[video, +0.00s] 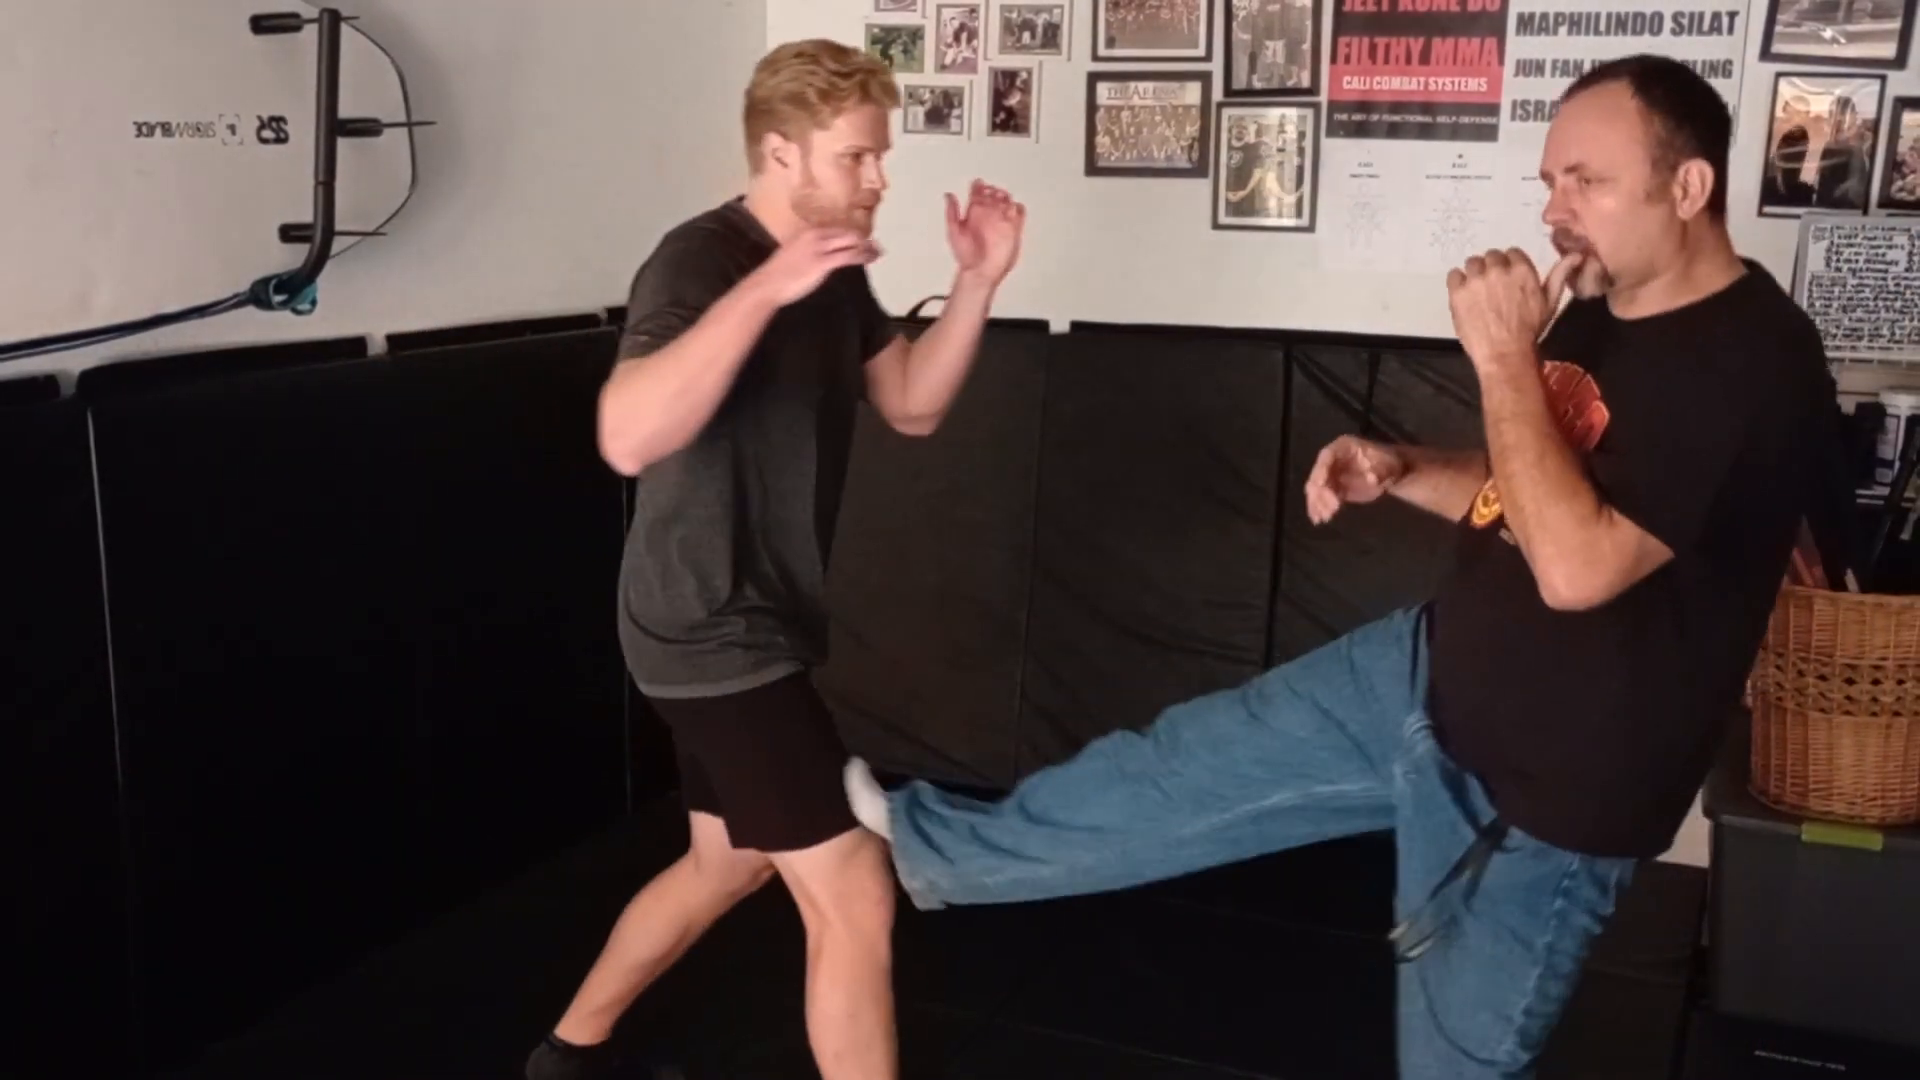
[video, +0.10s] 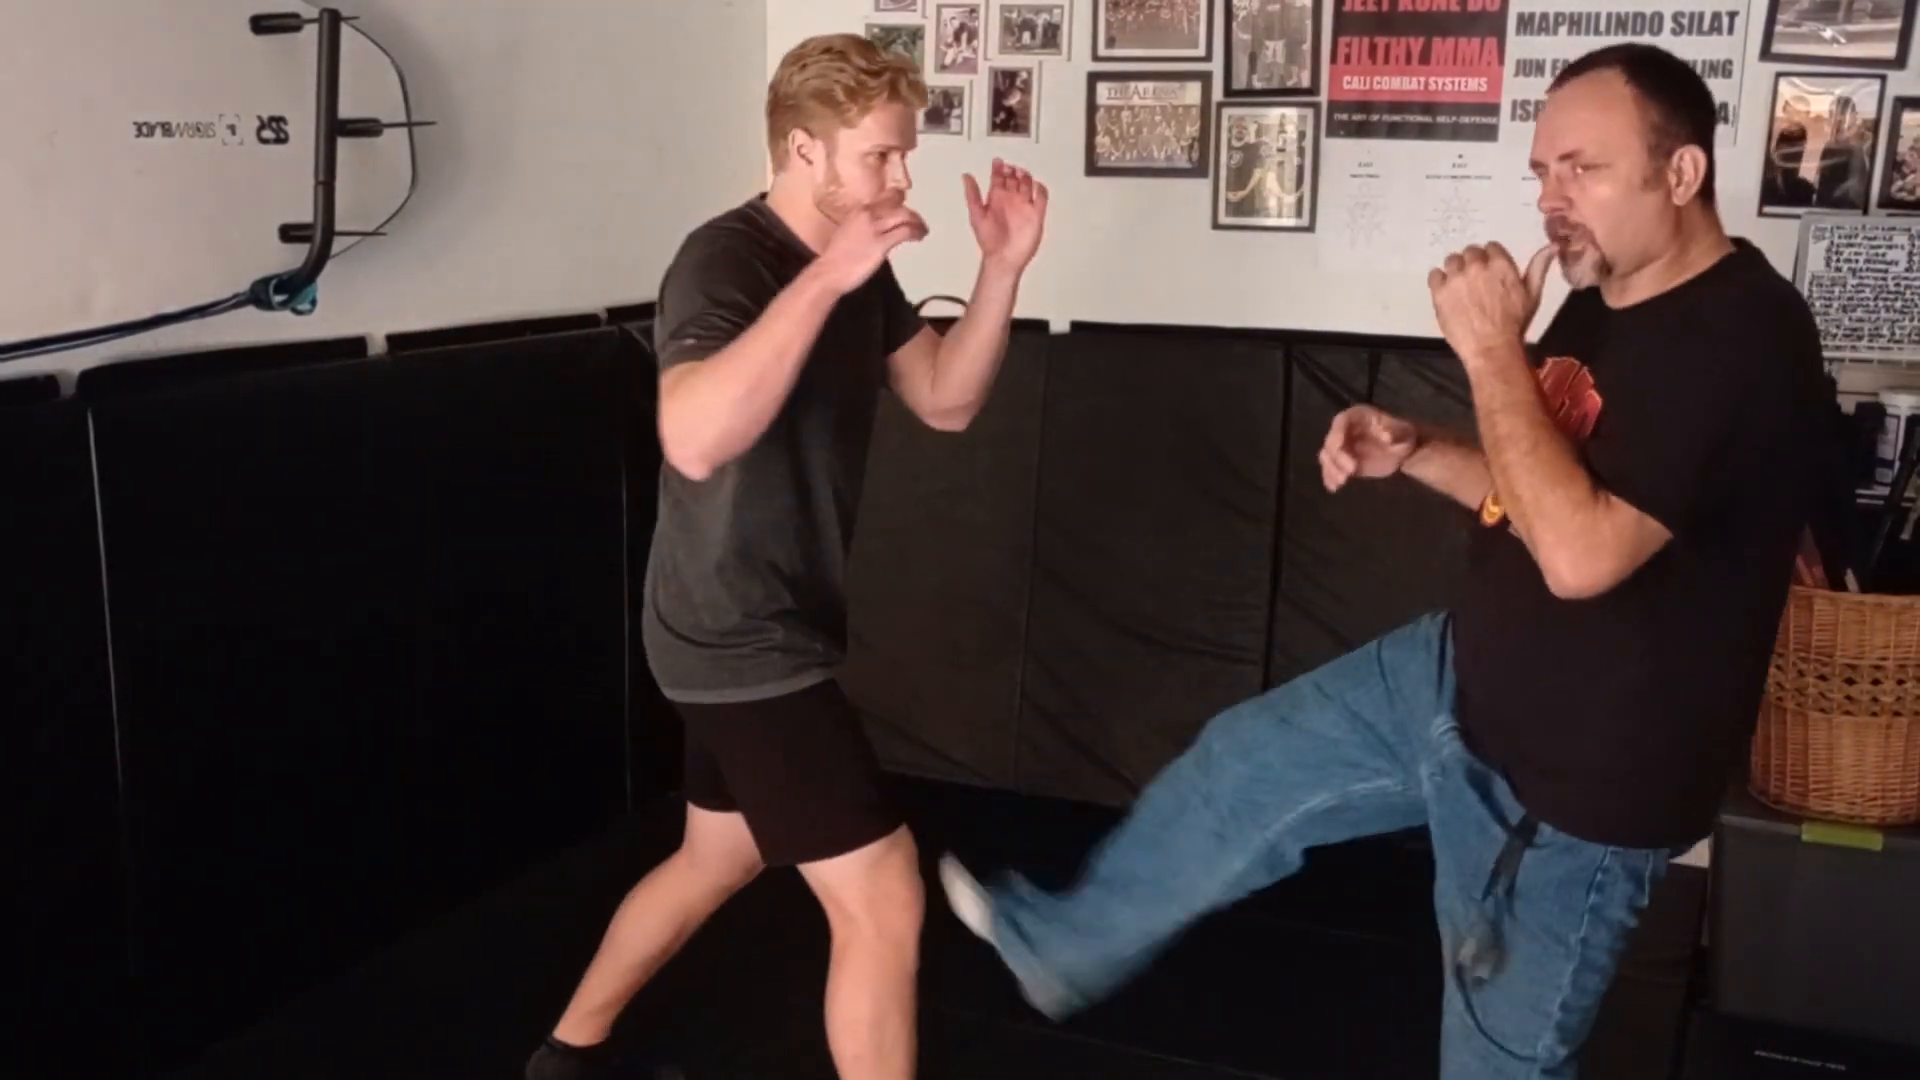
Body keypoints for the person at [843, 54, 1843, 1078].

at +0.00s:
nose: (1554, 212)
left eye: (1582, 183)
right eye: (1552, 182)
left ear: (1690, 189)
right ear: (1671, 189)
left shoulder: (1767, 374)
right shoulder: (1600, 308)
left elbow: (1584, 568)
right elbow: (1533, 493)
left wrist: (1505, 361)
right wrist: (1402, 472)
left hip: (1539, 829)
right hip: (1428, 677)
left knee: (1454, 1063)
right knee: (1175, 772)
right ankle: (931, 850)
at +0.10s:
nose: (1550, 205)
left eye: (1581, 174)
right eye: (1543, 174)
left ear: (1683, 174)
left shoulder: (1749, 343)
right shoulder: (1601, 304)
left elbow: (1586, 554)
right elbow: (1548, 499)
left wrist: (1494, 351)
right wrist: (1416, 453)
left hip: (1571, 810)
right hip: (1457, 678)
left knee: (1496, 1064)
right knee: (1235, 774)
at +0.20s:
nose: (1558, 206)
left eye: (1588, 174)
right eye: (1549, 177)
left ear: (1691, 180)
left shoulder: (1760, 349)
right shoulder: (1616, 304)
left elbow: (1616, 572)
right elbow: (1551, 507)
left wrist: (1493, 386)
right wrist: (1439, 442)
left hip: (1588, 821)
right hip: (1475, 691)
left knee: (1514, 1069)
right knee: (1281, 814)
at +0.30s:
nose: (1579, 205)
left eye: (1612, 174)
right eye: (1570, 176)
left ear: (1712, 181)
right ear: (1565, 179)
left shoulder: (1783, 347)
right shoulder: (1625, 307)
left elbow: (1692, 593)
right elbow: (1568, 516)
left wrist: (1531, 436)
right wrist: (1462, 439)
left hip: (1615, 815)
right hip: (1492, 718)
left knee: (1526, 1062)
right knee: (1374, 905)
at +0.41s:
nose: (1608, 203)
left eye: (1642, 172)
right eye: (1599, 171)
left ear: (1738, 183)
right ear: (1589, 172)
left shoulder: (1810, 348)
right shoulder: (1632, 310)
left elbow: (1765, 600)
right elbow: (1594, 516)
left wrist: (1572, 463)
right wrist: (1501, 441)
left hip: (1657, 808)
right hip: (1539, 765)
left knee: (1557, 1060)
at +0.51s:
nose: (1623, 206)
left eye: (1660, 178)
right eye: (1616, 175)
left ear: (1751, 196)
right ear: (1605, 179)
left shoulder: (1825, 354)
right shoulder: (1631, 324)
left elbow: (1809, 605)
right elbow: (1601, 531)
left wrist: (1602, 481)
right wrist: (1508, 470)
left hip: (1717, 807)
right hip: (1614, 782)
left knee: (1561, 1057)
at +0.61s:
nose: (1636, 206)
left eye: (1671, 176)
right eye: (1629, 176)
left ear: (1763, 190)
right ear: (1619, 183)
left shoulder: (1852, 342)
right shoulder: (1655, 323)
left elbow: (1846, 586)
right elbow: (1630, 522)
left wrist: (1632, 479)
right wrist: (1540, 472)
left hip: (1783, 783)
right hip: (1664, 760)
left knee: (1614, 1050)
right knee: (1744, 1048)